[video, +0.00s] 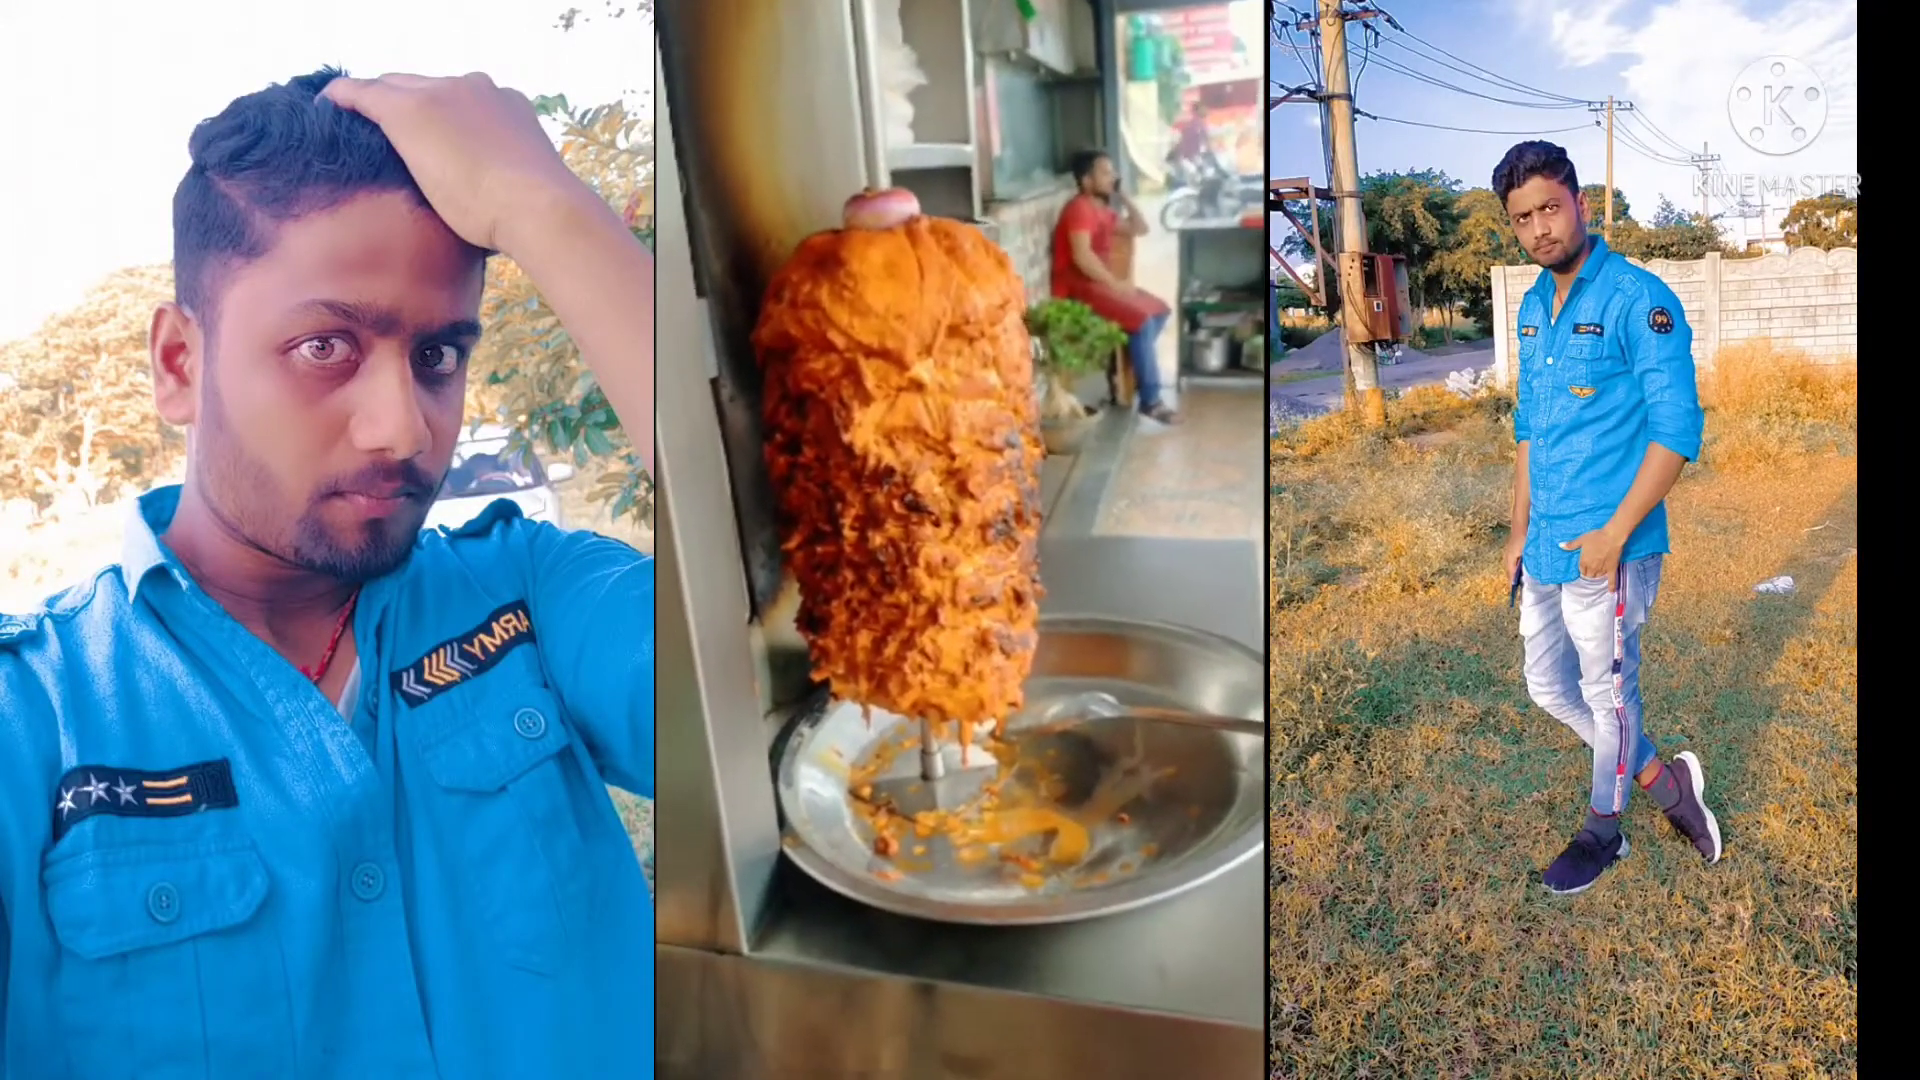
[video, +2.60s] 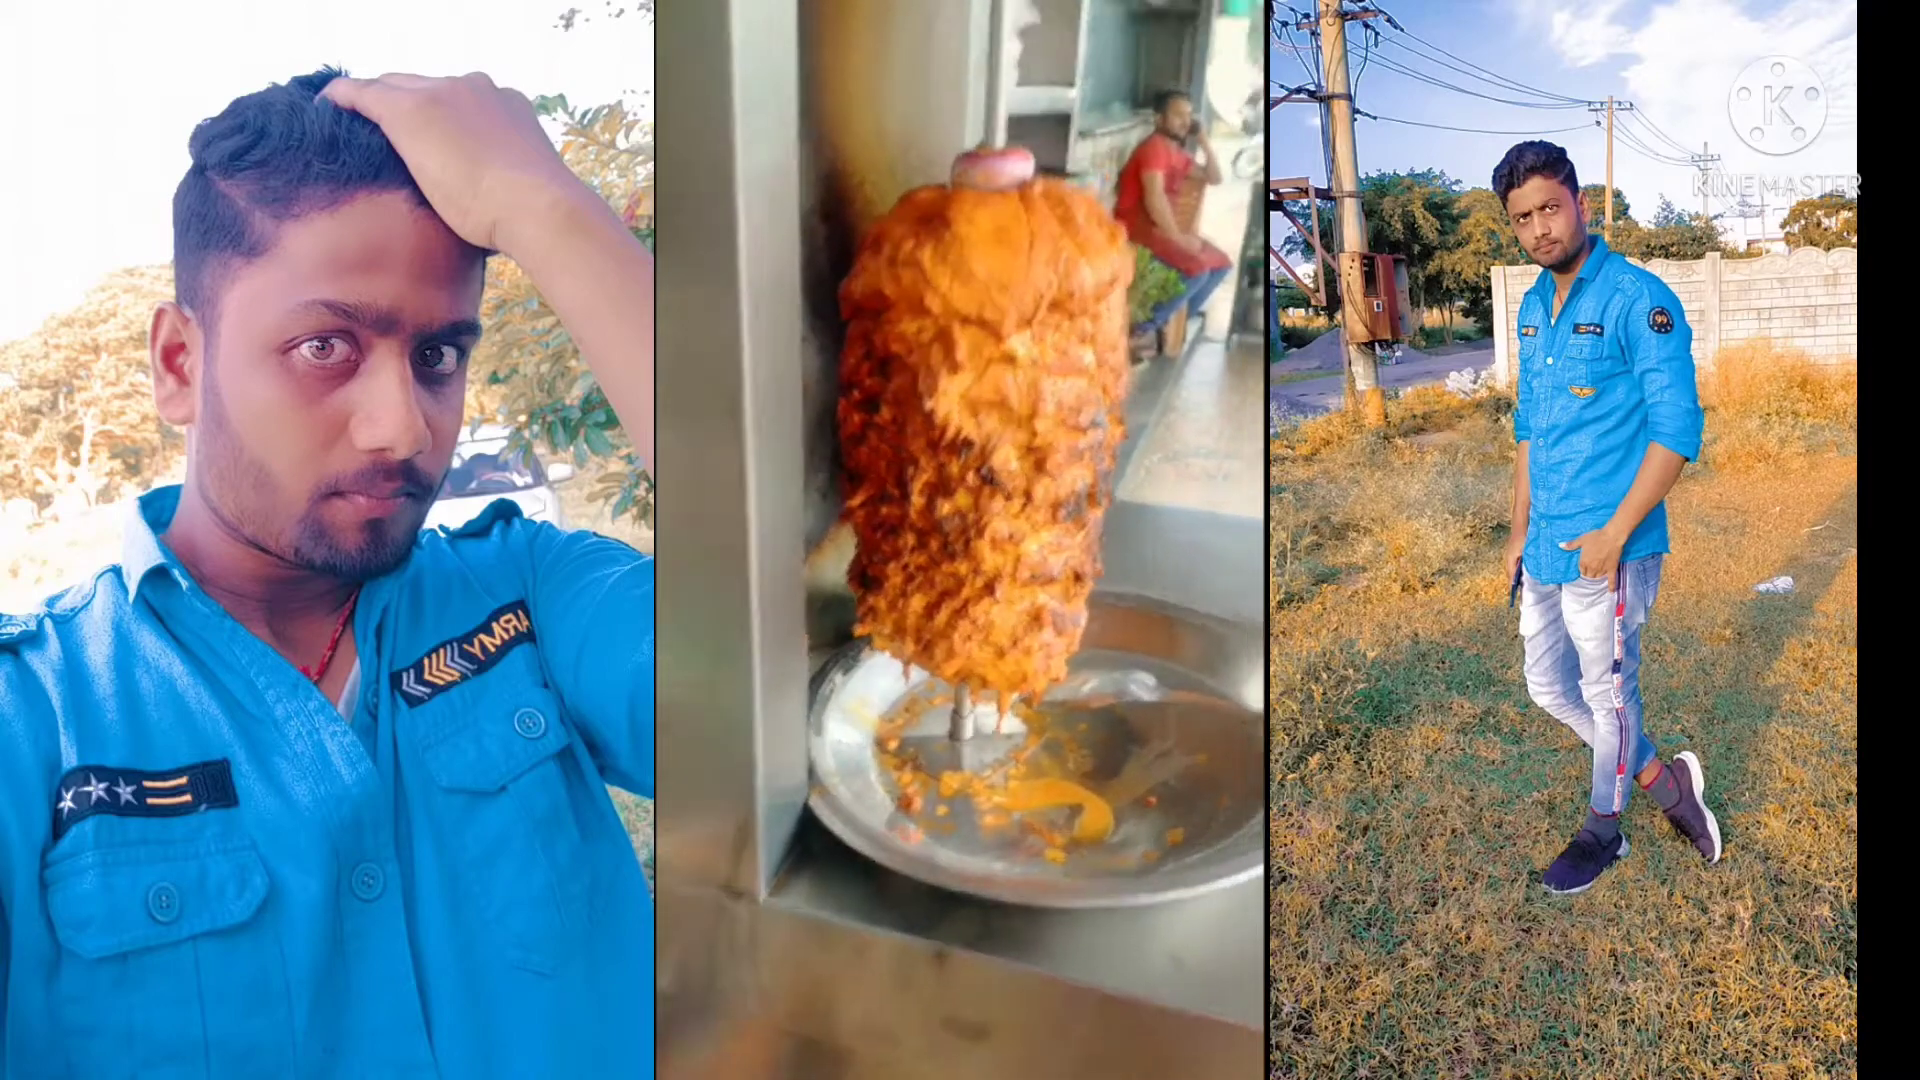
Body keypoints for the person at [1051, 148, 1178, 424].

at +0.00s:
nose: (1112, 178)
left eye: (1111, 172)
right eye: (1105, 173)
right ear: (1086, 180)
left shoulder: (1102, 210)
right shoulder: (1079, 208)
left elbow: (1139, 228)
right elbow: (1081, 256)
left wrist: (1123, 197)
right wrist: (1115, 283)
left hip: (1101, 282)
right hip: (1078, 287)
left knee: (1160, 311)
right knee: (1140, 321)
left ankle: (1120, 366)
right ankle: (1150, 401)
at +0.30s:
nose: (1121, 152)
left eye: (1121, 146)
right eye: (1114, 147)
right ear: (1095, 154)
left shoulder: (1111, 185)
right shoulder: (1088, 183)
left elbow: (1148, 207)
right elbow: (1092, 231)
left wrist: (1132, 175)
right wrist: (1122, 261)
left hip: (1109, 258)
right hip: (1085, 263)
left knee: (1167, 289)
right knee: (1146, 298)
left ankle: (1127, 347)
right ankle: (1155, 379)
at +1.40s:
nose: (1146, 132)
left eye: (1149, 126)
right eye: (1139, 126)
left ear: (1151, 130)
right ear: (1120, 130)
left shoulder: (1140, 163)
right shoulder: (1117, 159)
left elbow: (1180, 186)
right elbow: (1122, 209)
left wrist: (1162, 150)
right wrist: (1147, 244)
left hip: (1130, 236)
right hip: (1109, 239)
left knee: (1193, 270)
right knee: (1174, 274)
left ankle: (1147, 322)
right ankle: (1187, 354)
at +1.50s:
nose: (1150, 129)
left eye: (1153, 122)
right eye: (1143, 122)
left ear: (1155, 127)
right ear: (1125, 127)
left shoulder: (1144, 160)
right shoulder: (1121, 156)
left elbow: (1183, 183)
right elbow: (1126, 207)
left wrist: (1167, 146)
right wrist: (1152, 242)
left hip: (1133, 234)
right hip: (1113, 237)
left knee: (1197, 268)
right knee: (1180, 272)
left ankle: (1154, 326)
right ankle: (1163, 350)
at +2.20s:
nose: (1178, 122)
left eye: (1181, 116)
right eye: (1171, 116)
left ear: (1183, 121)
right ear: (1153, 120)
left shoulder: (1172, 154)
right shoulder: (1148, 149)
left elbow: (1209, 178)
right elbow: (1150, 200)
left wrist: (1195, 141)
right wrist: (1175, 237)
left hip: (1163, 228)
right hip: (1139, 230)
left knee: (1220, 262)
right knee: (1198, 269)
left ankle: (1181, 322)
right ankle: (1148, 328)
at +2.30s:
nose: (1185, 84)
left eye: (1188, 79)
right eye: (1178, 78)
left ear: (1190, 83)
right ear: (1160, 82)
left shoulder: (1179, 117)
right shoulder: (1154, 112)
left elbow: (1215, 143)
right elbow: (1155, 162)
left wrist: (1202, 105)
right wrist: (1178, 202)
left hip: (1171, 193)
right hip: (1146, 194)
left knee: (1225, 229)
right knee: (1202, 236)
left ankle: (1183, 288)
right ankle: (1150, 295)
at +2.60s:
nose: (1185, 121)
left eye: (1188, 115)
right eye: (1178, 115)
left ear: (1190, 119)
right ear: (1160, 117)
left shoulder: (1176, 152)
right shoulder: (1154, 147)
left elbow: (1213, 177)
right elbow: (1153, 197)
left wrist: (1203, 141)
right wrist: (1176, 236)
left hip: (1160, 228)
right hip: (1136, 229)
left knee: (1220, 264)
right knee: (1197, 269)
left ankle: (1170, 323)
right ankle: (1145, 328)